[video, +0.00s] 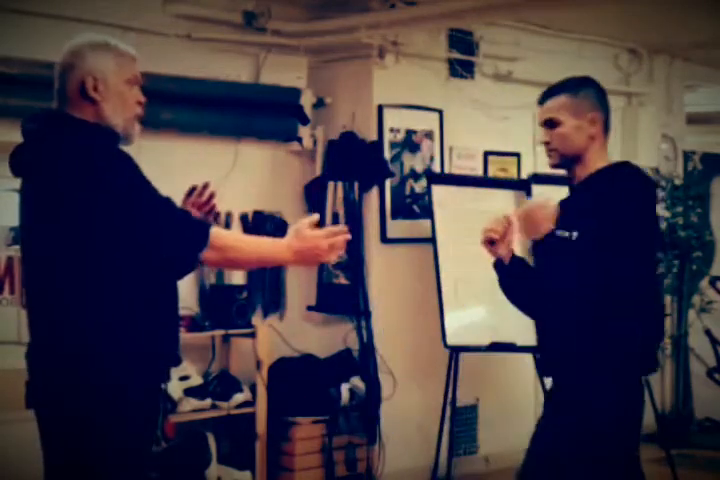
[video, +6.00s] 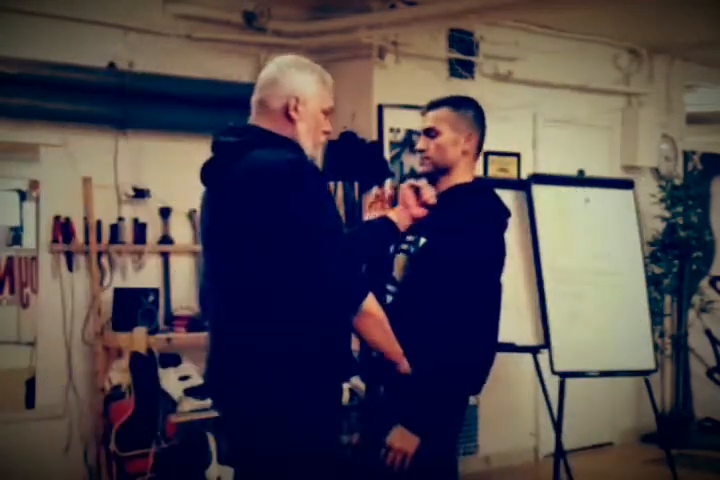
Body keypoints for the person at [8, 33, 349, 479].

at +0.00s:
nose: (142, 99)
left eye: (141, 87)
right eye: (133, 84)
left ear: (92, 89)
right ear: (93, 88)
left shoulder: (51, 157)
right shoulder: (93, 160)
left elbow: (113, 253)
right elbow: (191, 245)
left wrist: (178, 226)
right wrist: (290, 249)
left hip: (69, 379)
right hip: (110, 385)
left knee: (76, 471)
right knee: (117, 471)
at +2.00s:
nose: (167, 108)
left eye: (166, 95)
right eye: (160, 92)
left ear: (120, 91)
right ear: (121, 91)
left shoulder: (65, 158)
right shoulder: (116, 160)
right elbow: (208, 249)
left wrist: (293, 246)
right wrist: (303, 249)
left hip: (71, 382)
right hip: (115, 390)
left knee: (74, 471)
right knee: (118, 471)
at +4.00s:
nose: (178, 112)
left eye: (178, 99)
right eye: (173, 95)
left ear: (131, 91)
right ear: (135, 91)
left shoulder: (68, 153)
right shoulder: (120, 159)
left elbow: (87, 286)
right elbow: (182, 271)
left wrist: (162, 341)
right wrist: (234, 268)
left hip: (56, 367)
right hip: (102, 378)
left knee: (57, 469)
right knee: (104, 469)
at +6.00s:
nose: (330, 129)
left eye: (330, 116)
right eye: (325, 114)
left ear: (287, 108)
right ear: (294, 109)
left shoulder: (231, 169)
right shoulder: (292, 175)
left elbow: (326, 260)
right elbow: (348, 294)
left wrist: (394, 219)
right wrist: (399, 359)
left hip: (244, 382)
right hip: (296, 390)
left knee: (259, 468)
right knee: (302, 469)